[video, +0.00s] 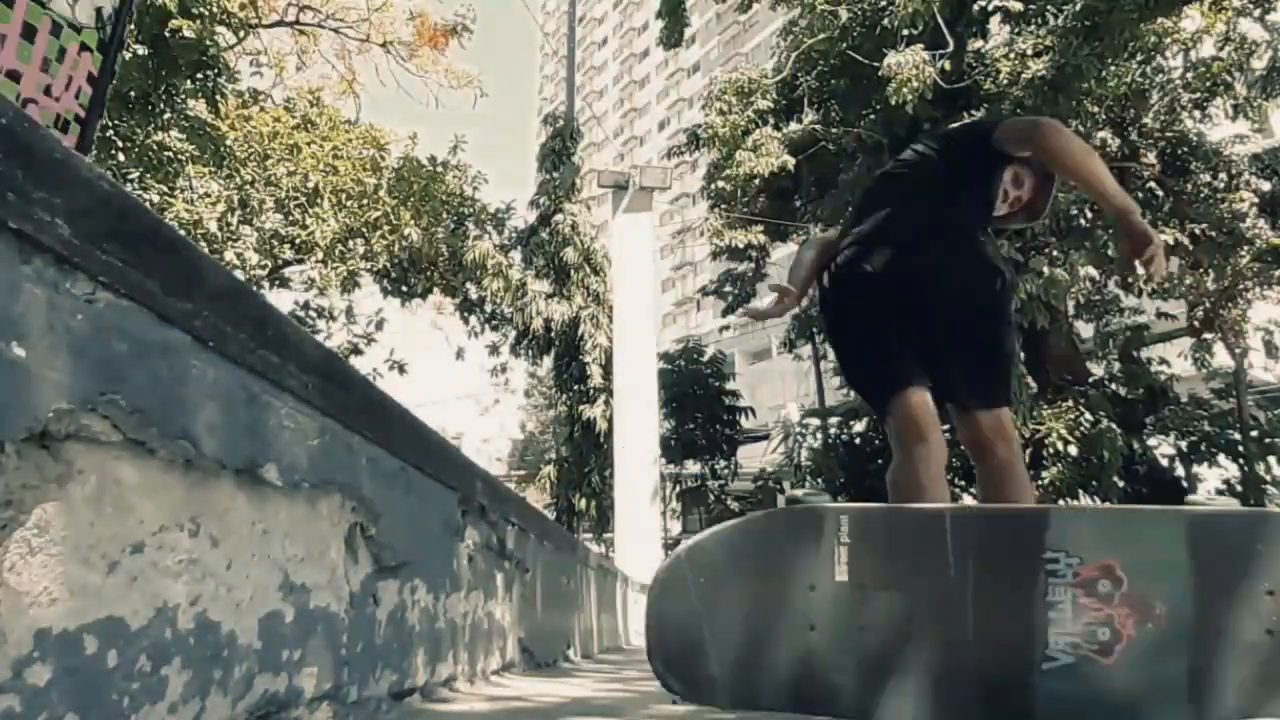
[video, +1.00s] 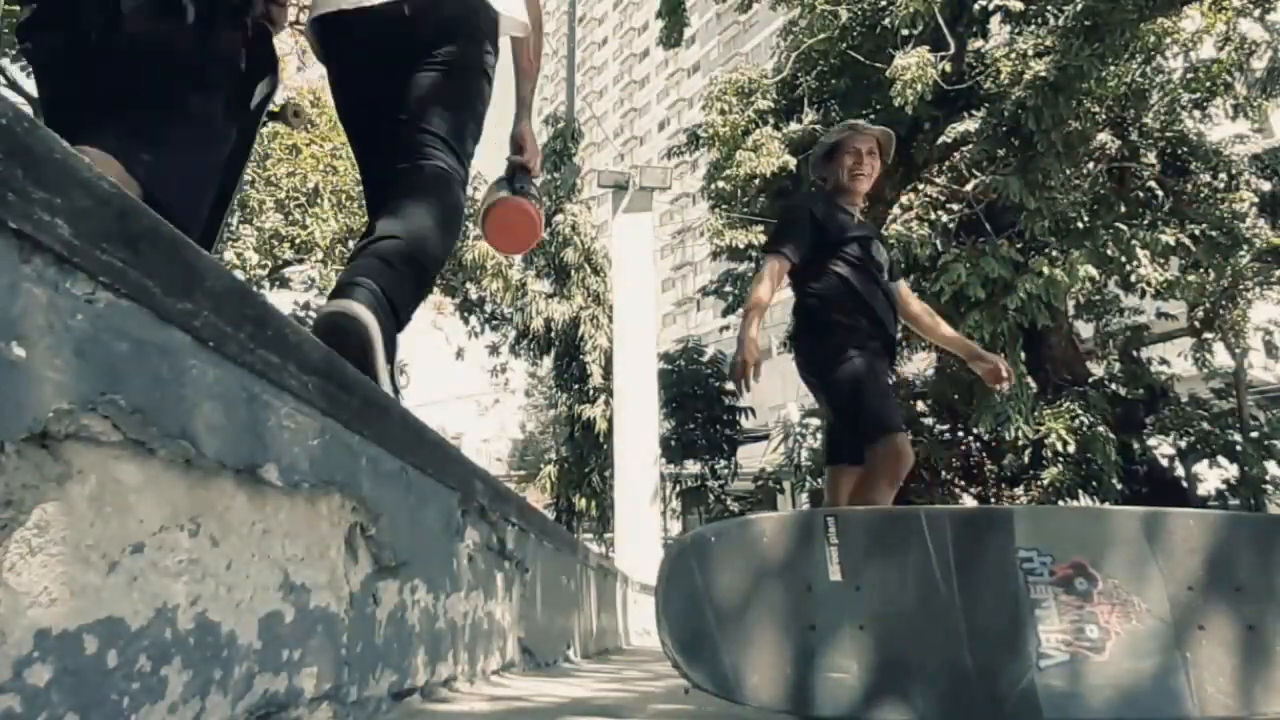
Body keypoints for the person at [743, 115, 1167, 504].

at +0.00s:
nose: (1016, 197)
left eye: (1021, 208)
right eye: (1021, 185)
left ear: (1011, 220)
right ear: (1008, 160)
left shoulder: (892, 191)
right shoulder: (969, 143)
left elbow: (825, 239)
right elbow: (1046, 133)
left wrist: (793, 291)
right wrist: (1128, 215)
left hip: (855, 281)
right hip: (949, 265)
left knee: (915, 433)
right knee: (993, 439)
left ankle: (923, 590)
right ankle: (1025, 588)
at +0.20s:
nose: (1010, 189)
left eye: (1017, 194)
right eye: (1011, 173)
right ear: (992, 153)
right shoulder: (960, 161)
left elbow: (836, 281)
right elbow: (990, 238)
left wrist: (829, 333)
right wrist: (1046, 331)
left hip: (864, 319)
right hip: (929, 312)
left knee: (937, 474)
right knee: (988, 456)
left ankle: (867, 554)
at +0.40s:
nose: (977, 174)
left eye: (987, 177)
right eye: (975, 160)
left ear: (982, 192)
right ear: (948, 149)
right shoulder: (926, 172)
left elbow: (857, 284)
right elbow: (959, 259)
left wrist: (843, 358)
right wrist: (968, 326)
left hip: (854, 328)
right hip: (907, 316)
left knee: (898, 482)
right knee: (971, 451)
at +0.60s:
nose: (912, 175)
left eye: (922, 171)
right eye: (905, 162)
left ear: (926, 183)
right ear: (881, 161)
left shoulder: (882, 222)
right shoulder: (853, 198)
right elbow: (875, 265)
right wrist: (943, 295)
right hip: (863, 350)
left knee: (850, 480)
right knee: (943, 459)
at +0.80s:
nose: (871, 170)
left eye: (881, 163)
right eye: (862, 160)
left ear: (890, 177)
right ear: (839, 167)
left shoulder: (871, 240)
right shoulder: (819, 212)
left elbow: (892, 316)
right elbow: (833, 278)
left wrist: (936, 375)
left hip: (864, 352)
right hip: (832, 345)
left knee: (846, 483)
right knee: (907, 452)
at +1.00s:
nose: (861, 161)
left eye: (870, 156)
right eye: (850, 154)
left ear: (879, 171)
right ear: (826, 169)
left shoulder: (870, 238)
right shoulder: (810, 210)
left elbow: (910, 306)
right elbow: (773, 272)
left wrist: (974, 354)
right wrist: (748, 333)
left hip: (870, 352)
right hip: (833, 346)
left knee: (845, 481)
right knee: (894, 455)